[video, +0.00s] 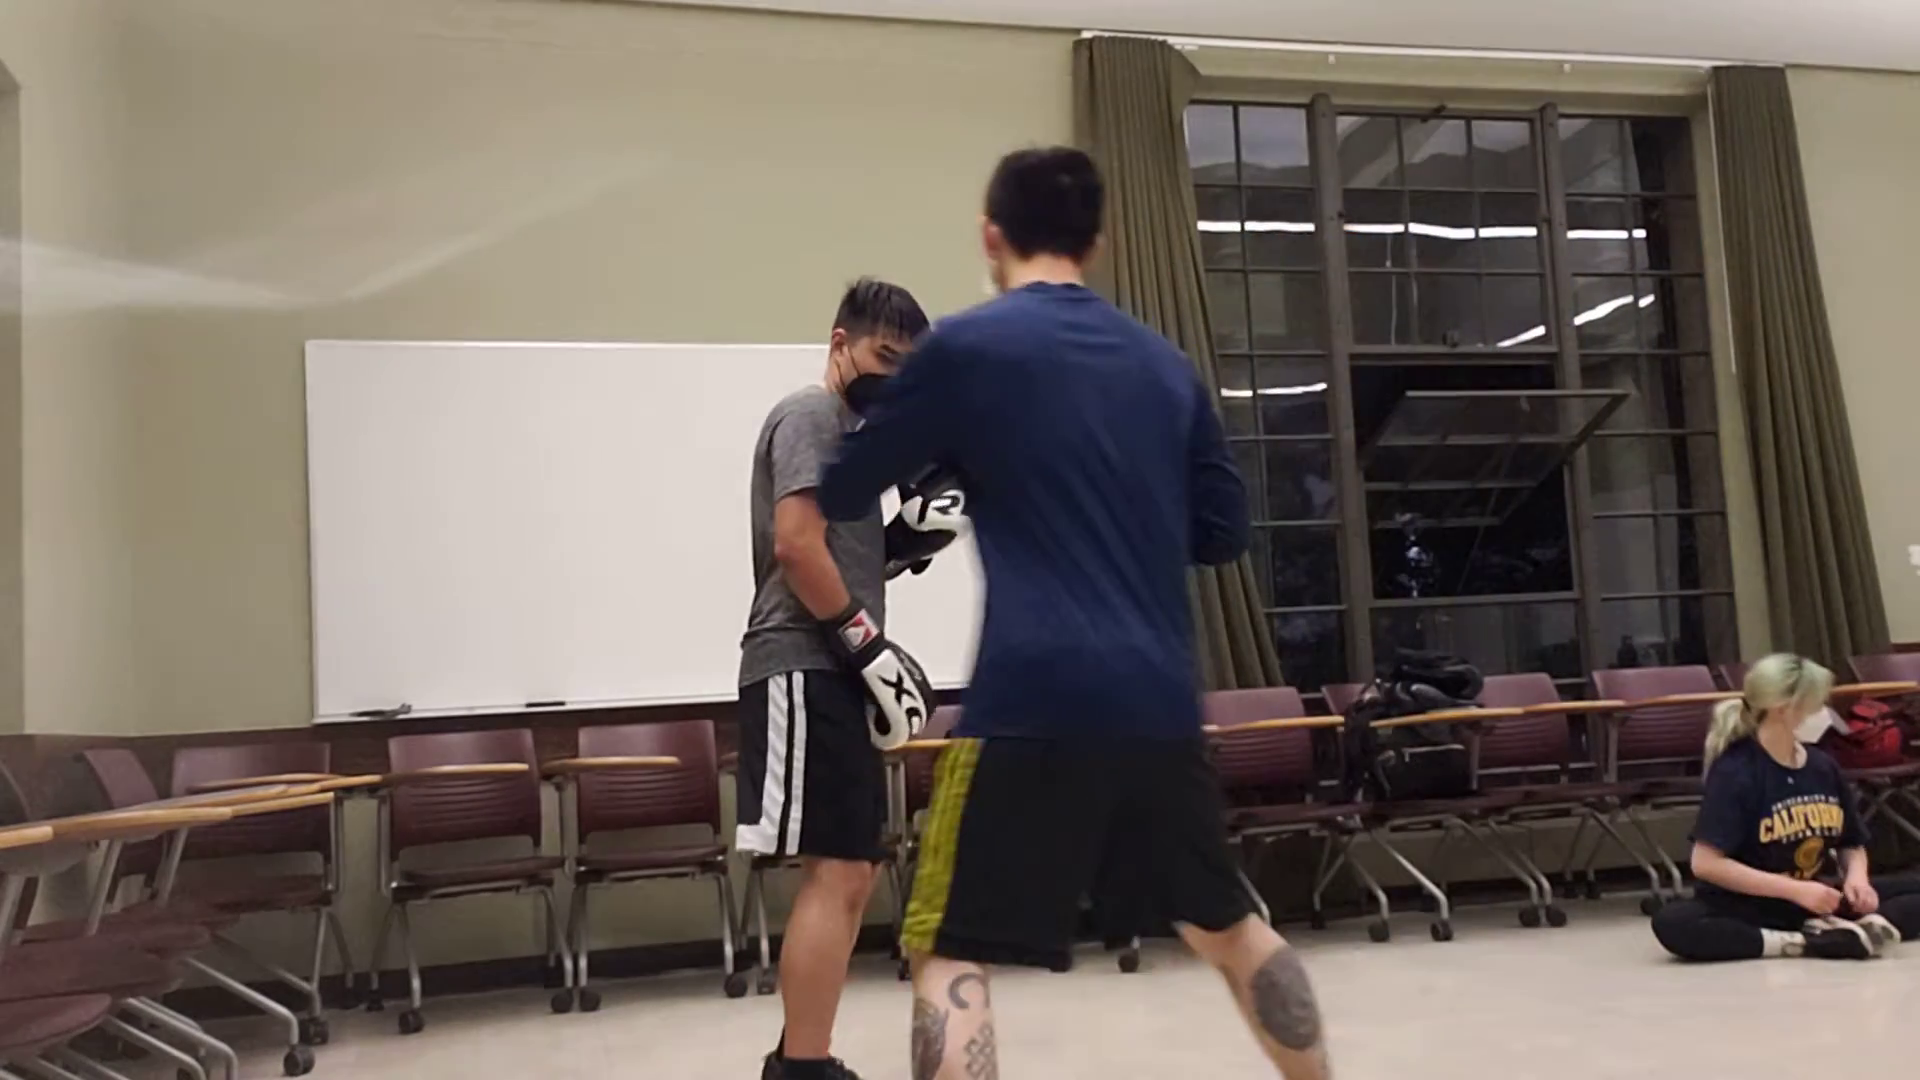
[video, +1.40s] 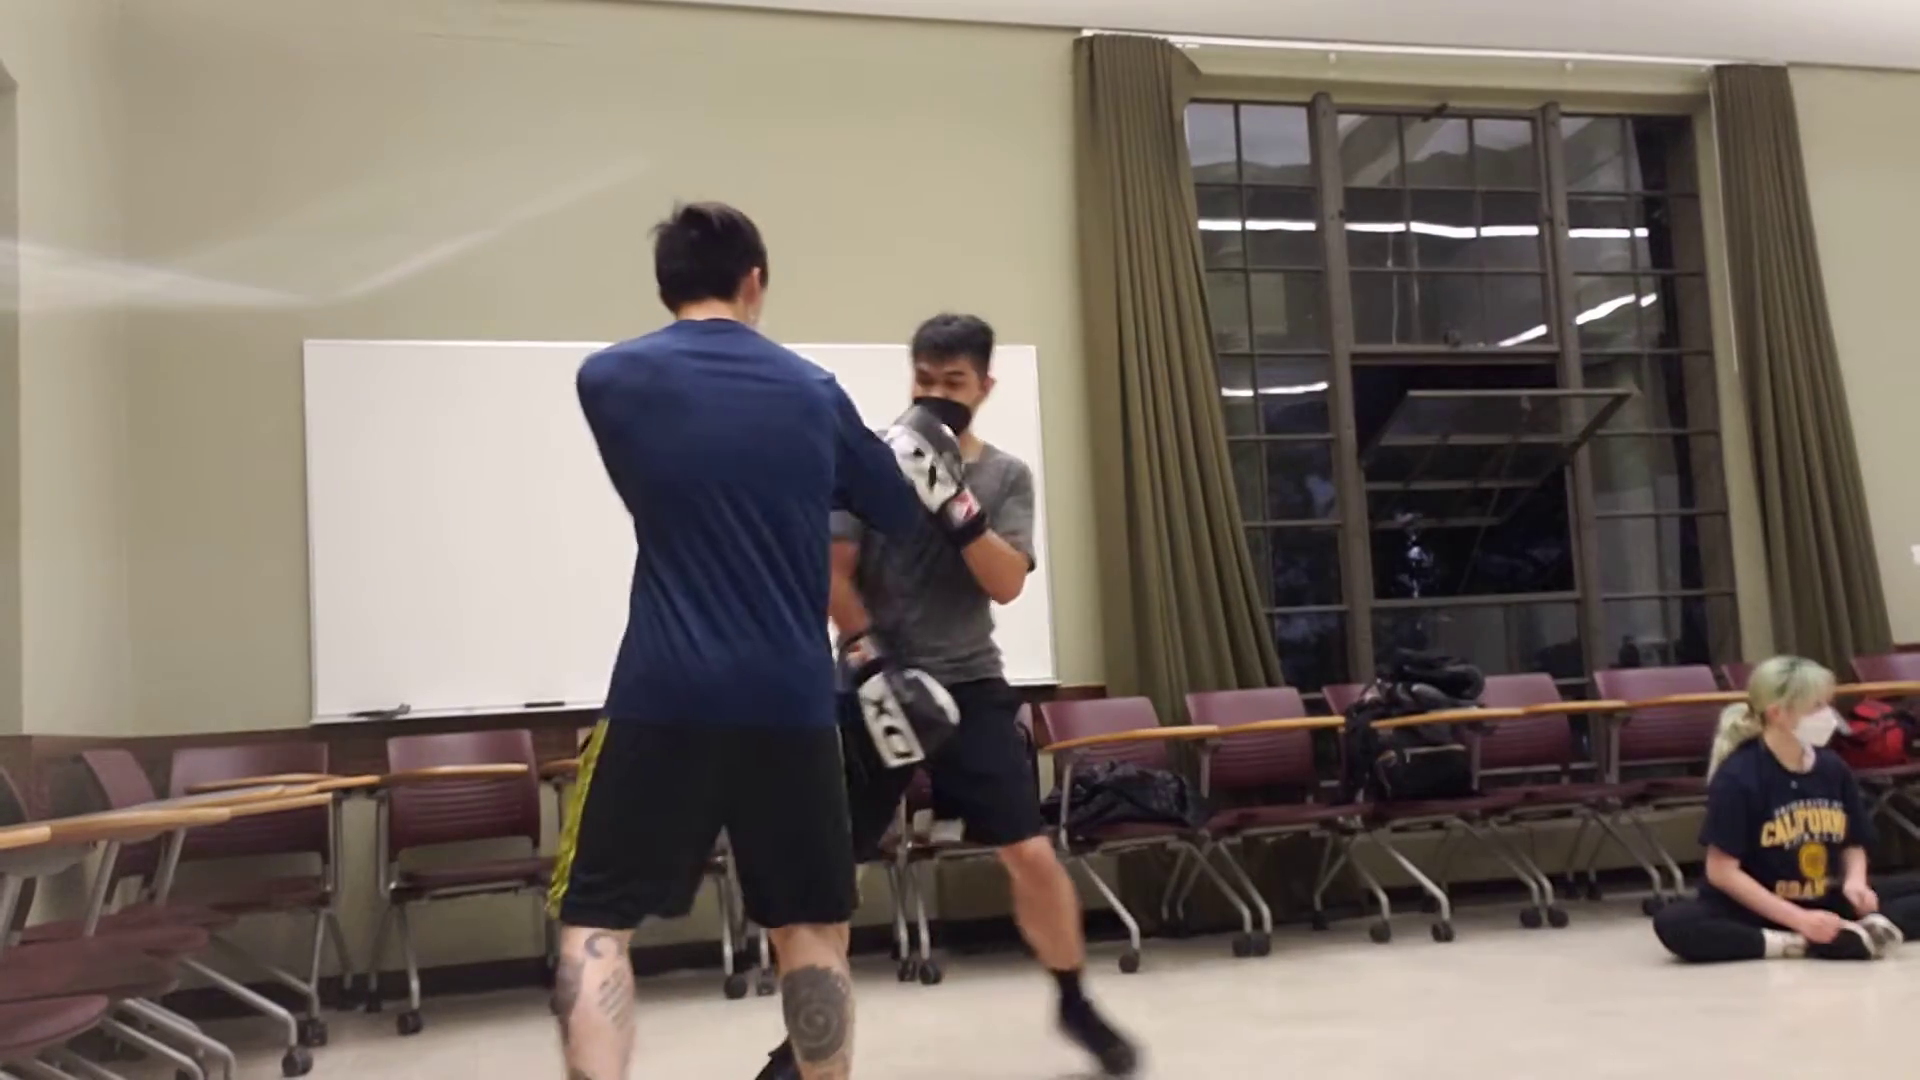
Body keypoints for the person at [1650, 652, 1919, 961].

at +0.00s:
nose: (1820, 712)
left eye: (1819, 703)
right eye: (1812, 703)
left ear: (1784, 708)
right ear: (1781, 708)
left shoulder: (1823, 766)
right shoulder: (1735, 769)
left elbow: (1852, 842)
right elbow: (1704, 862)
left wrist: (1856, 878)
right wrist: (1796, 890)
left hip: (1822, 898)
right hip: (1749, 905)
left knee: (1915, 897)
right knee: (1670, 922)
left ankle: (1850, 930)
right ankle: (1792, 945)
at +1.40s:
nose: (1830, 716)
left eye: (1828, 706)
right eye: (1817, 708)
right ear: (1778, 714)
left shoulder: (1833, 769)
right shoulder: (1738, 776)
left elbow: (1853, 842)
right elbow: (1720, 871)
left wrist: (1855, 881)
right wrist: (1799, 919)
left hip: (1827, 902)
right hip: (1756, 907)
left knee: (1915, 898)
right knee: (1671, 922)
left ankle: (1861, 936)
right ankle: (1793, 944)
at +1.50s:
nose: (1830, 716)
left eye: (1828, 705)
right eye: (1817, 708)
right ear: (1778, 714)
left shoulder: (1834, 770)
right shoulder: (1739, 776)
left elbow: (1856, 848)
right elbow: (1722, 870)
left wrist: (1858, 889)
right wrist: (1799, 920)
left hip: (1828, 905)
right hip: (1755, 909)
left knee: (1915, 902)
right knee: (1672, 922)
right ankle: (1792, 944)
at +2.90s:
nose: (1834, 715)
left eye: (1834, 704)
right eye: (1820, 706)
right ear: (1781, 712)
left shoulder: (1838, 774)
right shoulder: (1746, 775)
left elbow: (1858, 855)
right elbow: (1733, 872)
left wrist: (1867, 910)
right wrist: (1807, 927)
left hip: (1832, 906)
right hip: (1760, 910)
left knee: (1915, 895)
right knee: (1677, 923)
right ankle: (1795, 945)